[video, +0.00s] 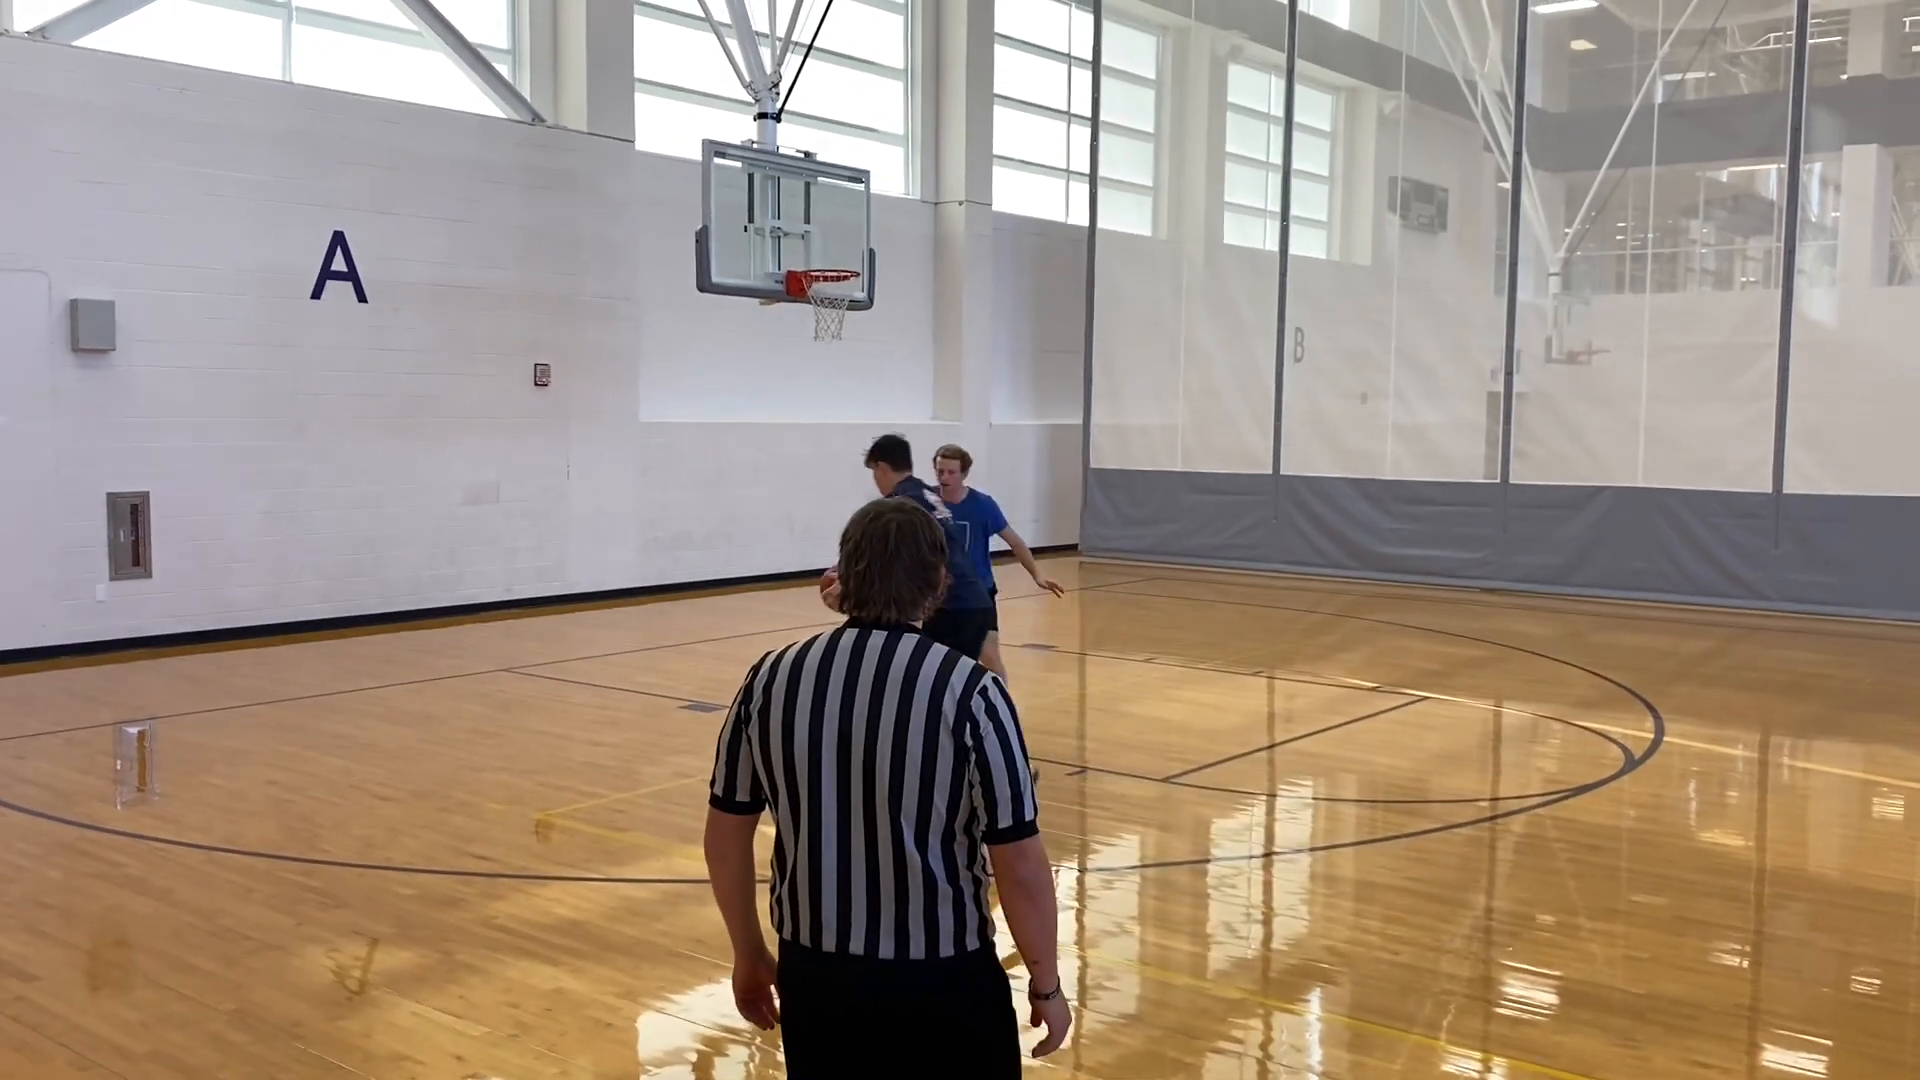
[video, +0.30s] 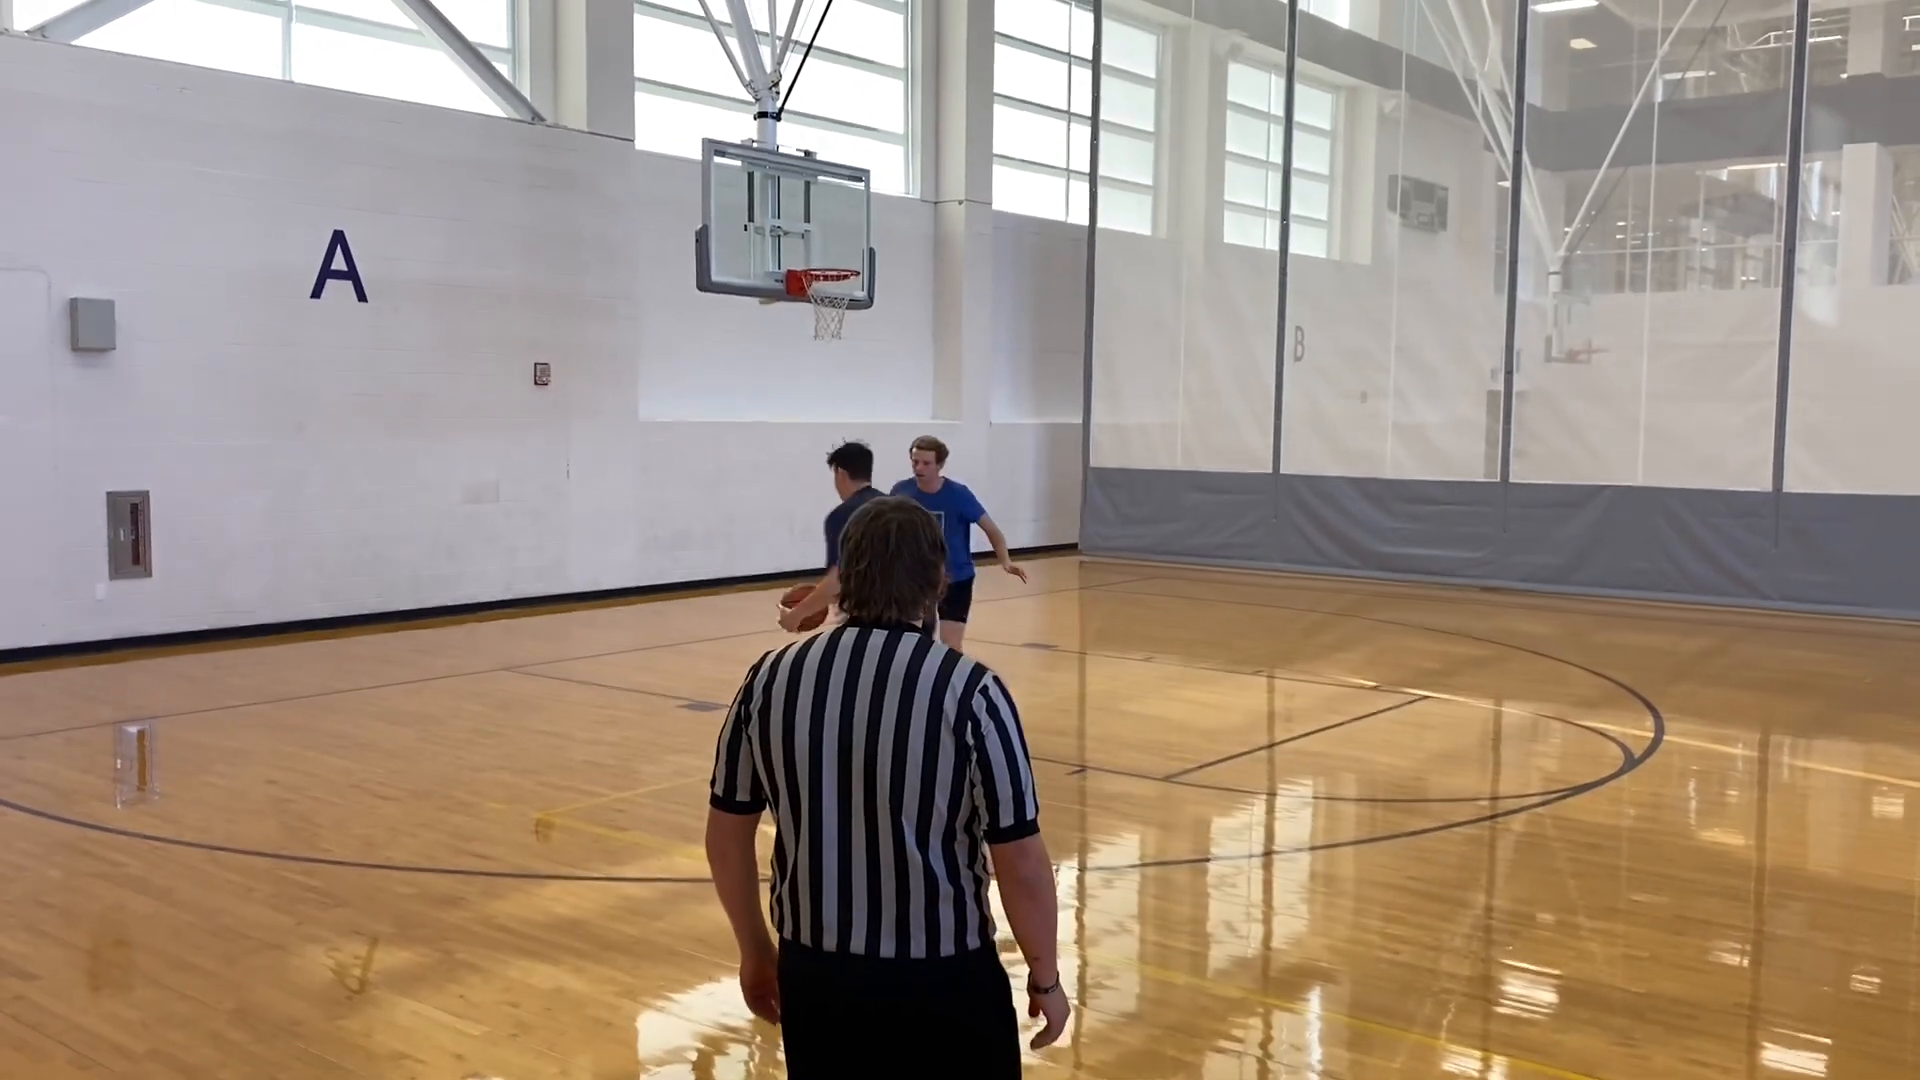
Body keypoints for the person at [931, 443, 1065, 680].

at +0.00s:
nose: (944, 477)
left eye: (950, 472)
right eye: (940, 471)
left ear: (964, 473)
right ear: (935, 470)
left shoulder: (982, 505)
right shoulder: (928, 502)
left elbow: (1014, 542)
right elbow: (915, 549)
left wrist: (1038, 577)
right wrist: (919, 591)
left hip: (979, 596)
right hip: (939, 597)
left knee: (988, 659)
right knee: (939, 661)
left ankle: (1002, 712)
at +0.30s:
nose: (919, 468)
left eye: (926, 463)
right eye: (915, 462)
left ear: (939, 465)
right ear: (910, 461)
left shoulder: (958, 495)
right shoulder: (901, 491)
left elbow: (990, 529)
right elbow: (887, 531)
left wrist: (1006, 562)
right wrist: (888, 568)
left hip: (955, 578)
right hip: (916, 575)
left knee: (950, 644)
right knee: (915, 640)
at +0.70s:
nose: (883, 474)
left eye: (890, 469)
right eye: (880, 468)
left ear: (905, 471)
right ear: (877, 467)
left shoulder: (925, 499)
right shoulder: (871, 500)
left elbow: (956, 536)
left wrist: (963, 564)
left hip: (921, 574)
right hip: (882, 574)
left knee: (917, 634)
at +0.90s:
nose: (868, 477)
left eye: (874, 472)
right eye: (865, 471)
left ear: (890, 473)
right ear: (862, 470)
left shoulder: (907, 502)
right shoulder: (856, 503)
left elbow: (938, 542)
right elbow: (843, 543)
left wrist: (942, 571)